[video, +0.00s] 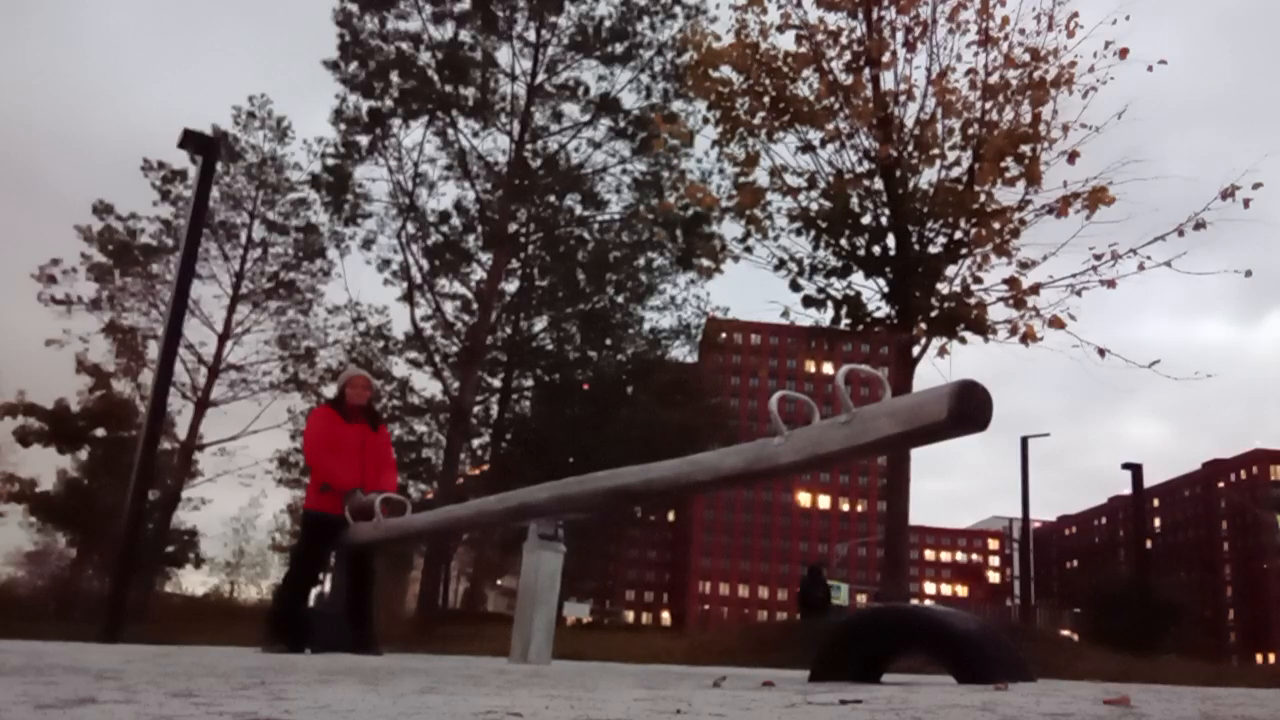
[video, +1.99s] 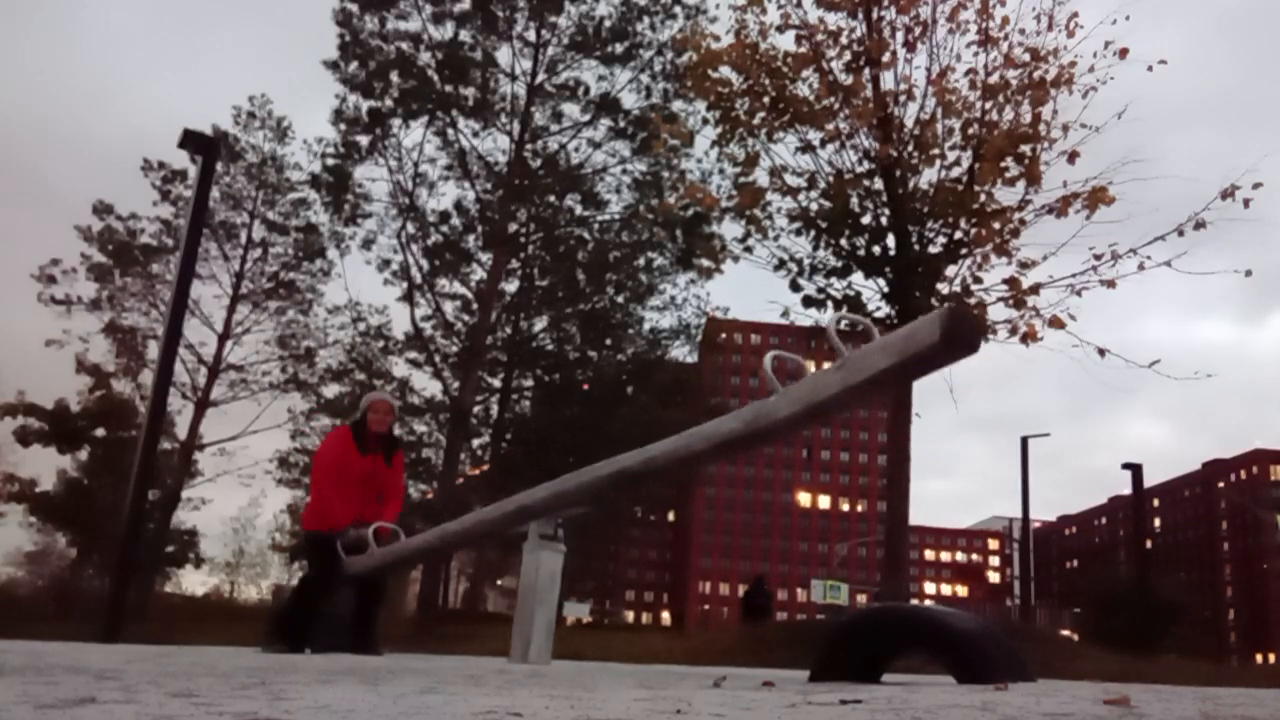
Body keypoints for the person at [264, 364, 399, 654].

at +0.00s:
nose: (361, 391)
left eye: (366, 387)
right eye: (355, 386)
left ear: (372, 393)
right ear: (343, 390)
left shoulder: (377, 428)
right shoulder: (323, 416)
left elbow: (387, 467)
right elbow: (316, 456)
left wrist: (385, 497)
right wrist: (347, 489)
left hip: (363, 515)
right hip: (324, 510)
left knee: (361, 579)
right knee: (304, 572)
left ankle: (362, 641)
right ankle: (281, 636)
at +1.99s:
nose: (382, 418)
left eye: (387, 413)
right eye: (376, 411)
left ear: (394, 419)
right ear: (365, 414)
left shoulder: (393, 452)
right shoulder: (341, 438)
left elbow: (395, 495)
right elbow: (322, 481)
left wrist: (382, 525)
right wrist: (343, 520)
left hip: (366, 530)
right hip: (326, 525)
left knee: (372, 586)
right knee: (323, 578)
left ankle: (362, 646)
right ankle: (285, 636)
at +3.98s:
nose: (345, 393)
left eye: (351, 389)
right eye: (339, 388)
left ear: (358, 396)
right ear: (328, 393)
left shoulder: (367, 430)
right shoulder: (312, 420)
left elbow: (379, 465)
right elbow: (312, 456)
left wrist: (377, 489)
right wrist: (342, 481)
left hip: (357, 514)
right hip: (319, 509)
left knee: (357, 577)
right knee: (301, 573)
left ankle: (360, 640)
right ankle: (282, 637)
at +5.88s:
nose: (373, 389)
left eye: (378, 384)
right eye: (367, 383)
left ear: (384, 390)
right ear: (354, 385)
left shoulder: (385, 425)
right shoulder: (332, 412)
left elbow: (392, 467)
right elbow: (320, 455)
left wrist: (385, 495)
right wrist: (346, 487)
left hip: (363, 514)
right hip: (325, 508)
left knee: (360, 580)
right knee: (306, 571)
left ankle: (362, 643)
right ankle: (280, 635)